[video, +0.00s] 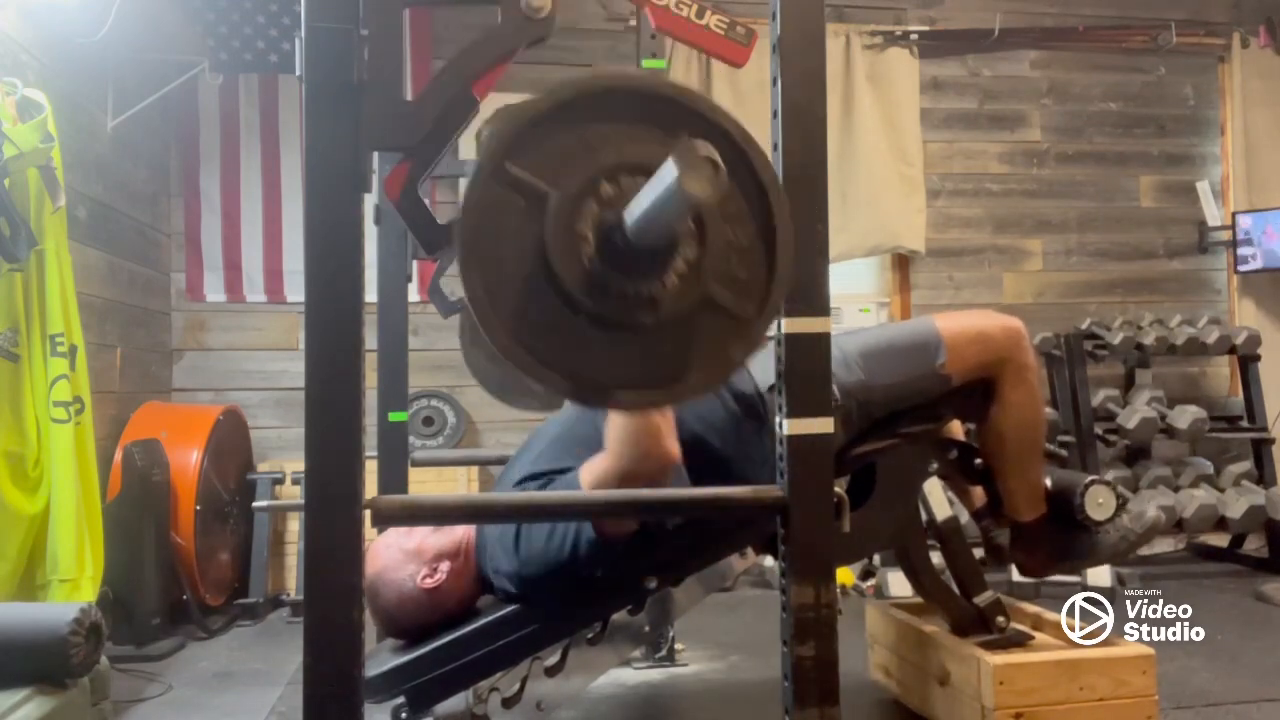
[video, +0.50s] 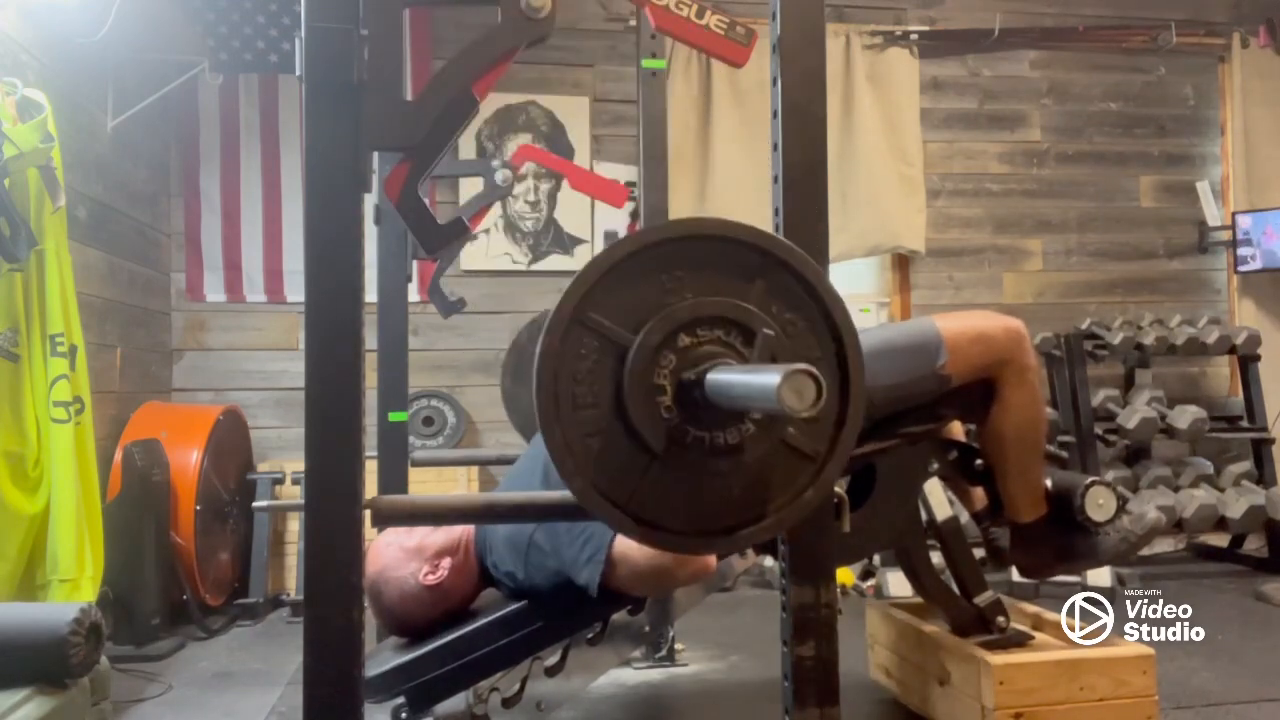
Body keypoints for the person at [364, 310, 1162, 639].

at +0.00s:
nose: (417, 532)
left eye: (399, 535)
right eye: (415, 551)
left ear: (426, 542)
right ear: (446, 580)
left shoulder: (496, 497)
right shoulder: (525, 549)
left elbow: (621, 427)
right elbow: (649, 457)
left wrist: (595, 308)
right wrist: (619, 319)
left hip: (745, 374)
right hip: (769, 427)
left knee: (944, 322)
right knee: (1004, 341)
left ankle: (978, 474)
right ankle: (1031, 527)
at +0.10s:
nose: (418, 531)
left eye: (400, 534)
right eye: (415, 549)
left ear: (427, 543)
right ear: (446, 579)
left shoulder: (501, 495)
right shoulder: (525, 544)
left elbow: (608, 422)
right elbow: (663, 481)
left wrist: (620, 307)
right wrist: (656, 335)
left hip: (743, 383)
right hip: (764, 431)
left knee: (964, 329)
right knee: (1007, 343)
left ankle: (985, 478)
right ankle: (1032, 526)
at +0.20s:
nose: (418, 531)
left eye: (400, 535)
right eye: (416, 550)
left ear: (425, 541)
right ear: (447, 578)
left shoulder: (500, 487)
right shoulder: (525, 544)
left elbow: (577, 424)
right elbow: (655, 529)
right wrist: (680, 396)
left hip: (708, 403)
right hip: (750, 446)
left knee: (945, 328)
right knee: (1003, 342)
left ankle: (989, 478)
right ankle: (1032, 525)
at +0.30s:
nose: (418, 525)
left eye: (400, 532)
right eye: (418, 544)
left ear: (426, 553)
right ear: (448, 575)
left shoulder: (485, 501)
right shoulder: (526, 543)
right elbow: (671, 542)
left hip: (695, 414)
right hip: (753, 441)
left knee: (910, 318)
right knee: (1002, 340)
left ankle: (980, 470)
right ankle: (1031, 525)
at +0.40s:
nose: (419, 528)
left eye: (400, 533)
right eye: (417, 547)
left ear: (427, 553)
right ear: (446, 575)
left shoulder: (486, 504)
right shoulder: (522, 543)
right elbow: (643, 561)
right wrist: (702, 558)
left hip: (714, 404)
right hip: (753, 443)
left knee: (918, 321)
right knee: (1003, 340)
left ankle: (983, 468)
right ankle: (1032, 524)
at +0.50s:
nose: (417, 528)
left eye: (398, 533)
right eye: (416, 546)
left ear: (427, 552)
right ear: (445, 575)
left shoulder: (489, 500)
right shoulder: (522, 543)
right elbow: (644, 558)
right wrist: (703, 555)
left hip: (716, 399)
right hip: (754, 439)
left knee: (937, 324)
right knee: (1004, 340)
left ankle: (987, 474)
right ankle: (1033, 525)